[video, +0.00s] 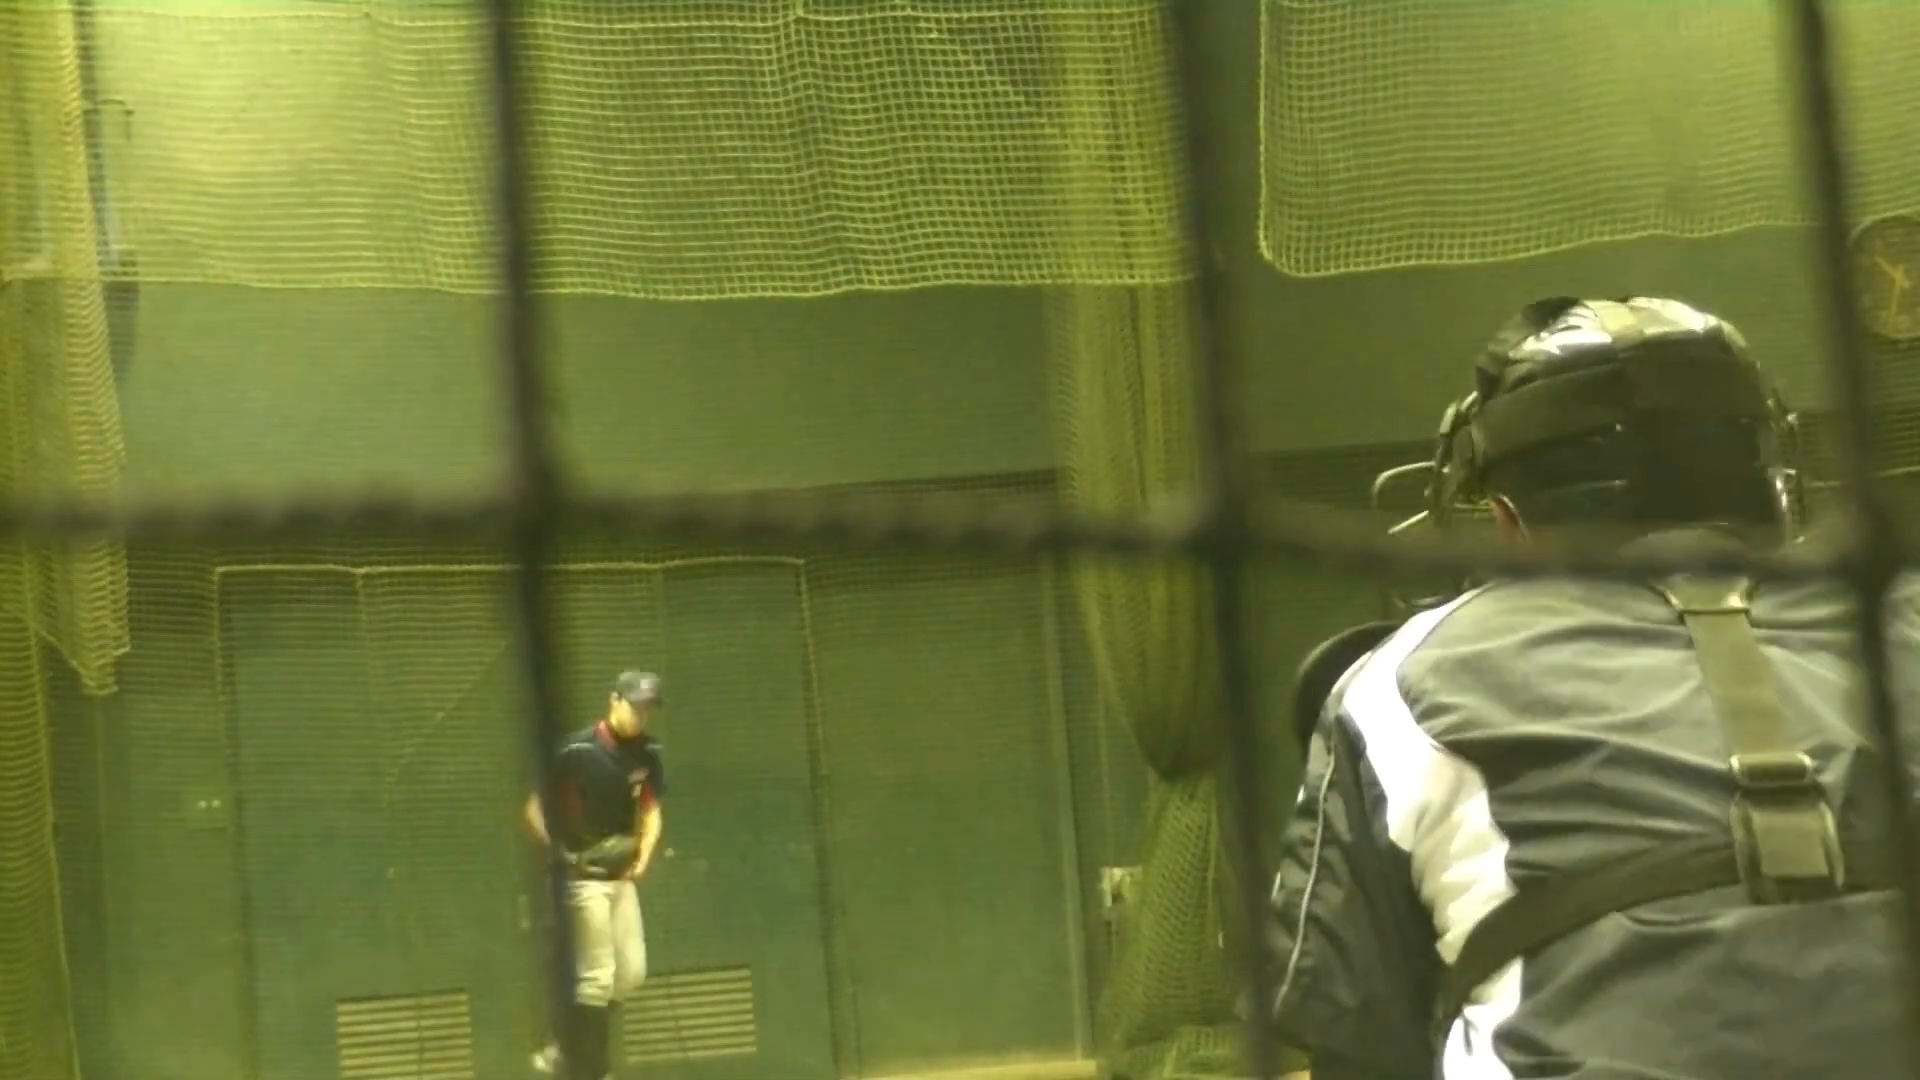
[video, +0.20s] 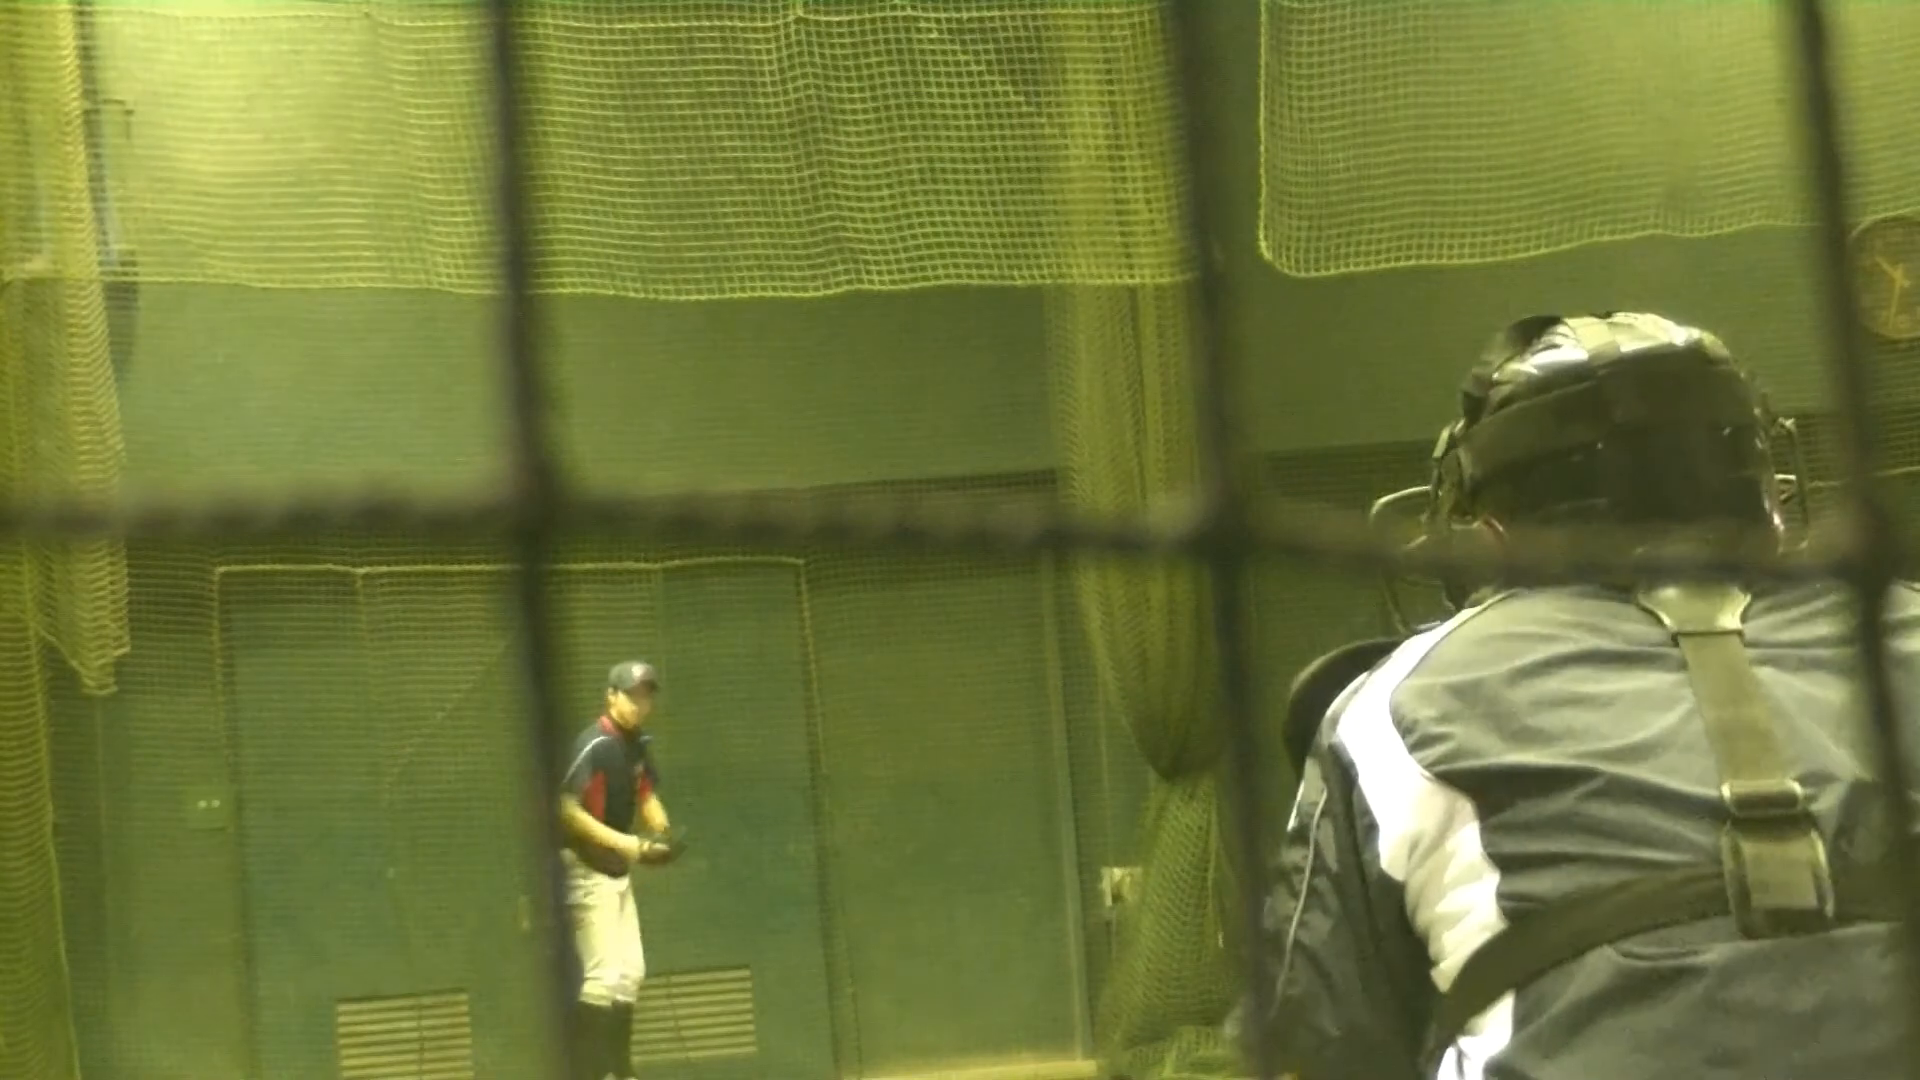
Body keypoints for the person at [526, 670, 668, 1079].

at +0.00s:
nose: (644, 717)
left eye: (648, 709)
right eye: (637, 708)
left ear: (650, 711)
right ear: (614, 703)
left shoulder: (646, 755)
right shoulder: (574, 752)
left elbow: (652, 810)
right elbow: (534, 807)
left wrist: (642, 858)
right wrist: (560, 852)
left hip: (622, 880)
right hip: (582, 880)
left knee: (630, 973)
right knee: (593, 981)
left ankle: (559, 1048)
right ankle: (591, 1070)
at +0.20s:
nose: (642, 705)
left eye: (647, 697)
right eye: (634, 696)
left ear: (652, 701)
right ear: (612, 697)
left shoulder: (638, 744)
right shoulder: (594, 745)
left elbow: (646, 794)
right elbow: (566, 809)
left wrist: (661, 832)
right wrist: (625, 845)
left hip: (617, 875)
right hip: (585, 875)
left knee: (628, 976)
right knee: (600, 981)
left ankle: (619, 1068)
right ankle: (588, 1072)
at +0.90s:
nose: (663, 705)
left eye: (665, 697)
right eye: (658, 696)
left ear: (640, 695)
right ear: (636, 692)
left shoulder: (630, 730)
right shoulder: (631, 725)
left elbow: (632, 806)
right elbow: (597, 758)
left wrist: (658, 868)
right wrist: (626, 813)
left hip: (607, 855)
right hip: (622, 854)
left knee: (629, 965)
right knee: (658, 955)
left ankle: (626, 1070)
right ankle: (653, 1065)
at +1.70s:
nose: (708, 717)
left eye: (710, 709)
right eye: (699, 709)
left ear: (678, 713)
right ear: (676, 710)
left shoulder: (660, 747)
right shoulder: (674, 751)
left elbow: (631, 813)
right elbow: (639, 809)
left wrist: (655, 878)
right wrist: (648, 878)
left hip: (626, 870)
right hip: (638, 871)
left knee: (662, 975)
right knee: (682, 979)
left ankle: (637, 1068)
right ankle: (666, 1072)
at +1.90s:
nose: (703, 731)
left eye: (706, 723)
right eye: (694, 723)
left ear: (710, 724)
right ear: (671, 723)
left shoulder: (656, 759)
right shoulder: (669, 764)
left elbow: (662, 845)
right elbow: (671, 838)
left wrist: (687, 895)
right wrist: (712, 900)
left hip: (616, 881)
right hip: (629, 883)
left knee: (659, 982)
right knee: (685, 982)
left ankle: (634, 1072)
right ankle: (667, 1072)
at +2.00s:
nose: (696, 734)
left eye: (699, 726)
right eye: (688, 726)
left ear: (702, 727)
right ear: (664, 727)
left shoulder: (649, 764)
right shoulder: (666, 769)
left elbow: (681, 846)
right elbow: (689, 842)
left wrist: (723, 887)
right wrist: (745, 892)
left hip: (613, 886)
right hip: (628, 888)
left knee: (661, 982)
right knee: (684, 983)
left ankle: (635, 1073)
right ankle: (668, 1072)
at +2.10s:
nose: (687, 735)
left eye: (690, 727)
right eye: (678, 727)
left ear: (691, 729)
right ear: (655, 730)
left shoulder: (644, 767)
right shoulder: (662, 773)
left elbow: (696, 836)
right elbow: (702, 836)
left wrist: (758, 859)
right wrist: (768, 866)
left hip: (611, 891)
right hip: (624, 893)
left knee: (663, 983)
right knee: (684, 983)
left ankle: (636, 1073)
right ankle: (665, 1073)